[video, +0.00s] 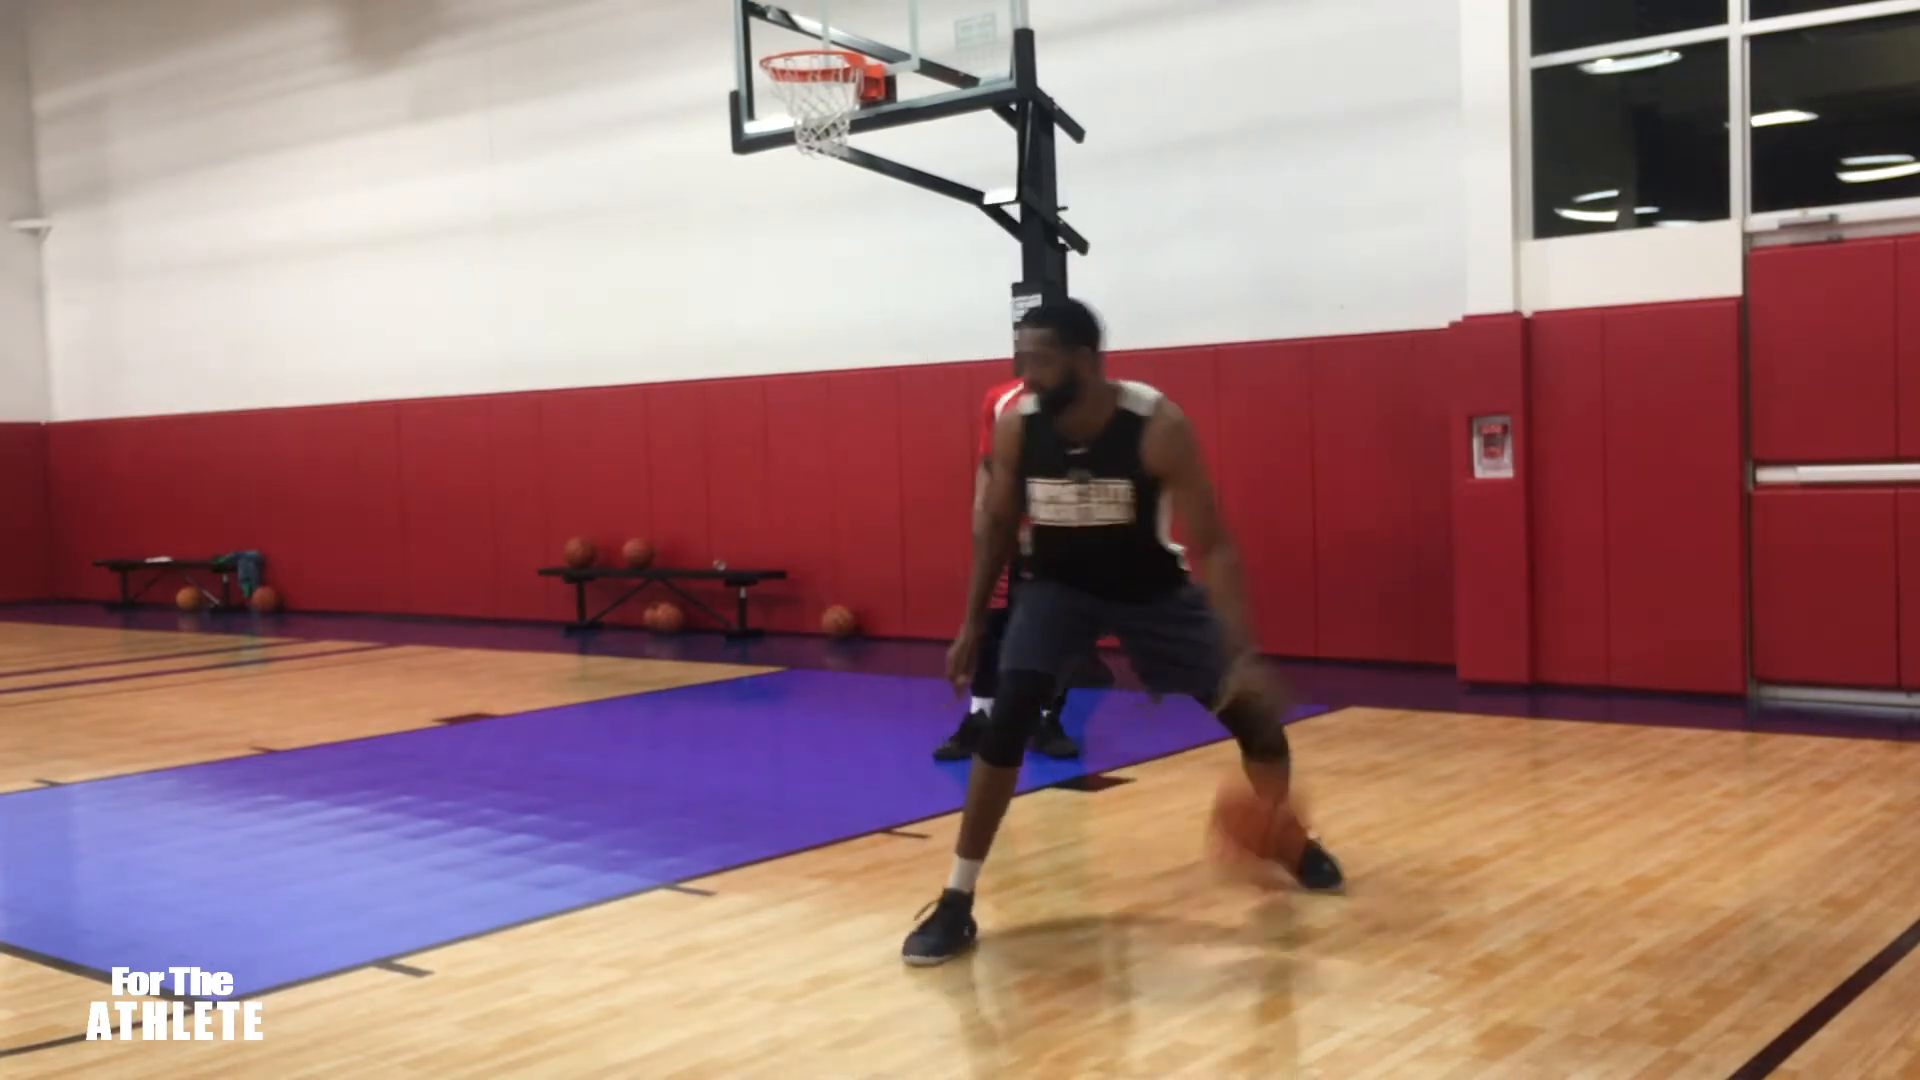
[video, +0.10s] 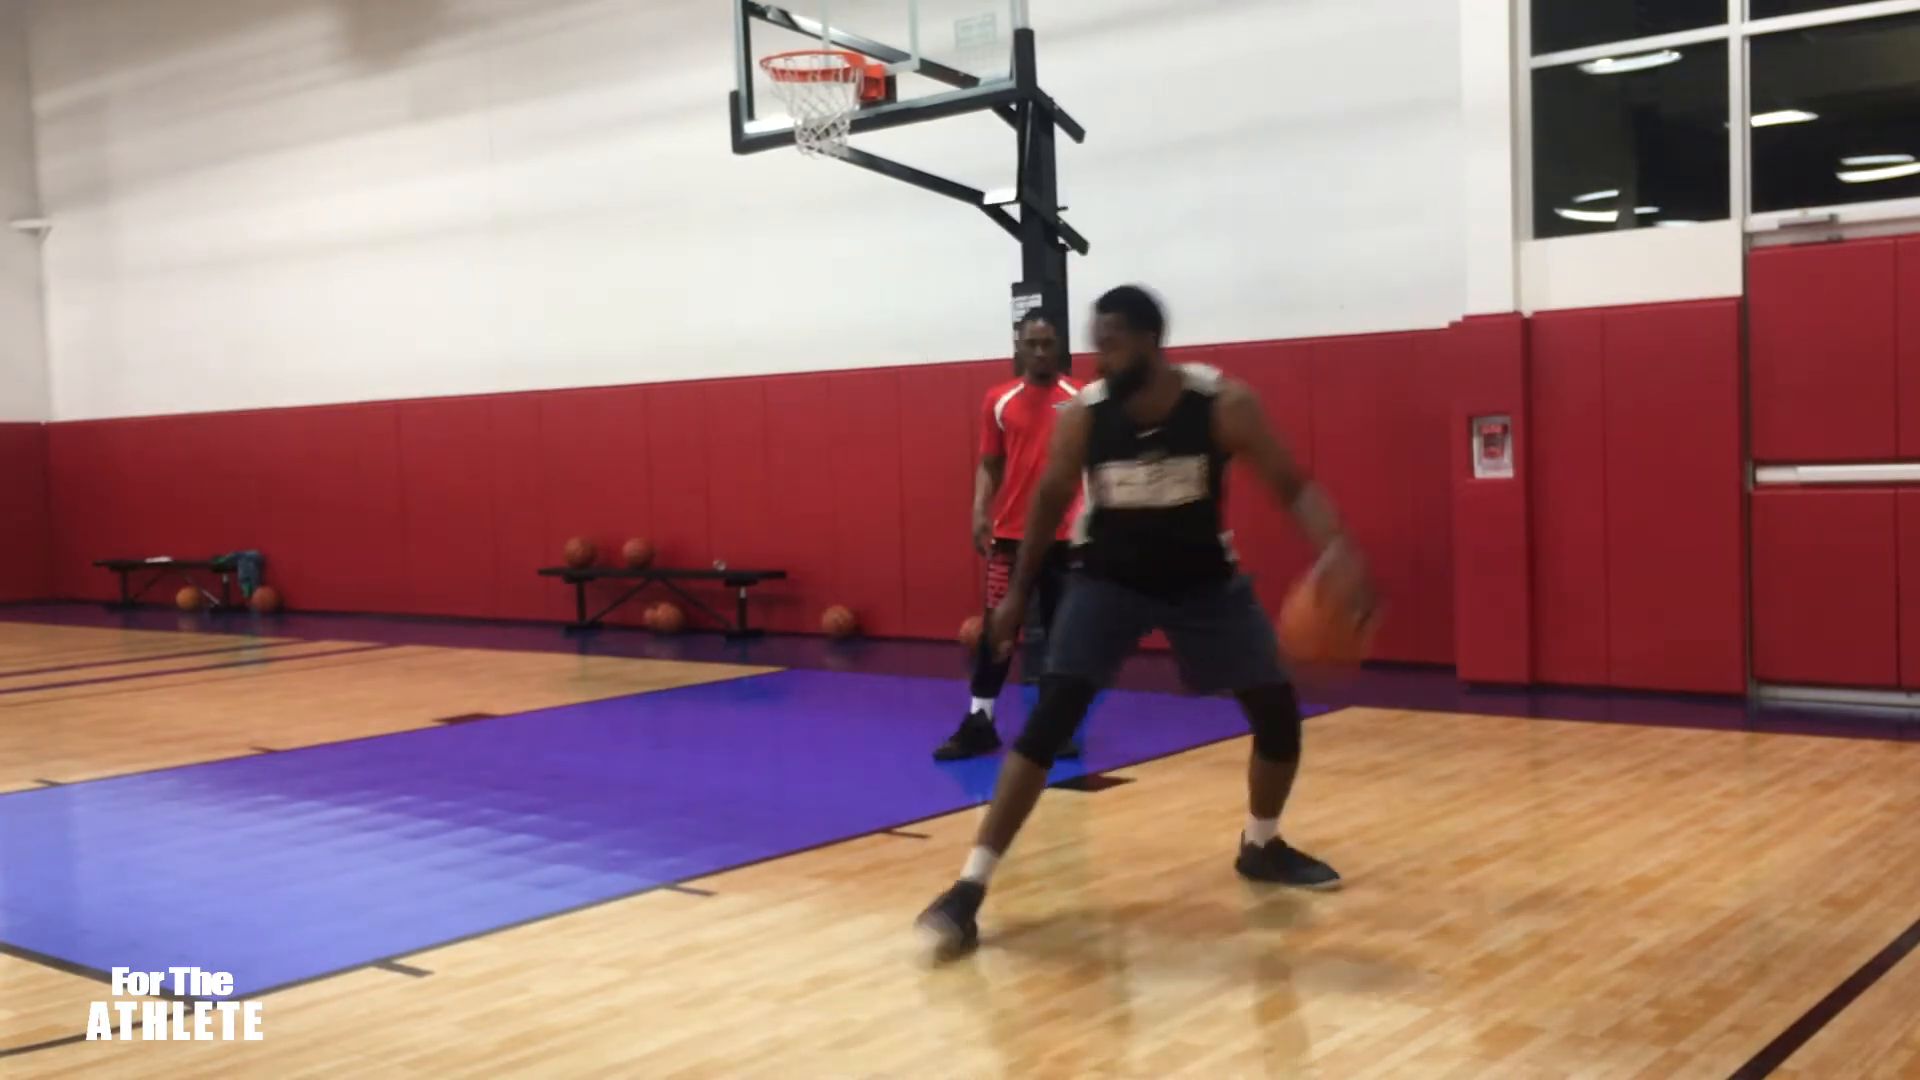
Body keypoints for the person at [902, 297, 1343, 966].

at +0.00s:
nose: (1025, 371)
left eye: (1037, 359)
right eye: (1021, 358)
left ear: (1084, 360)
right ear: (1024, 360)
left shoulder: (1156, 425)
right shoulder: (1017, 425)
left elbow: (1210, 543)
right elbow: (995, 529)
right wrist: (971, 630)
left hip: (1151, 590)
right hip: (1056, 592)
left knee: (1258, 711)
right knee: (1007, 720)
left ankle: (1283, 833)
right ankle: (956, 901)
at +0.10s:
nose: (1099, 352)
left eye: (1112, 339)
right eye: (1096, 339)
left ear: (1152, 340)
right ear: (1094, 343)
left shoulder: (1220, 404)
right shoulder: (1085, 416)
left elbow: (1292, 486)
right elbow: (1048, 506)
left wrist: (1339, 555)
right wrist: (1015, 594)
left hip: (1205, 582)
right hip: (1109, 584)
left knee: (1279, 716)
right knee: (1052, 717)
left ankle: (1262, 846)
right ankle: (970, 888)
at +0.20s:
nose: (1155, 323)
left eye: (1167, 309)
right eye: (1149, 311)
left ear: (1206, 306)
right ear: (1148, 314)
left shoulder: (1274, 367)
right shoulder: (1136, 389)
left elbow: (1350, 414)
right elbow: (1102, 472)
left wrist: (1403, 436)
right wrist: (1068, 558)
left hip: (1248, 558)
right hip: (1157, 561)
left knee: (1289, 697)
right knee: (1098, 694)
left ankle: (1263, 844)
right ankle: (1036, 858)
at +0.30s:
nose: (1190, 288)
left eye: (1202, 274)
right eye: (1183, 275)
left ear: (1238, 269)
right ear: (1182, 275)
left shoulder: (1305, 321)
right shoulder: (1172, 352)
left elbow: (1371, 360)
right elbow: (1134, 445)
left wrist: (1420, 372)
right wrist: (1107, 534)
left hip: (1281, 522)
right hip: (1196, 524)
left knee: (1290, 673)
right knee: (1171, 664)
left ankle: (1265, 839)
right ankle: (1136, 840)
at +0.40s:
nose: (1218, 263)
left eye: (1229, 249)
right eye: (1210, 251)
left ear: (1266, 243)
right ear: (1207, 250)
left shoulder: (1328, 292)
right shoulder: (1198, 330)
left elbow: (1384, 346)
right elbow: (1161, 422)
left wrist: (1429, 344)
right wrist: (1149, 522)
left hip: (1311, 504)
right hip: (1231, 510)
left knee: (1306, 655)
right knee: (1235, 653)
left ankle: (1292, 817)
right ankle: (1230, 821)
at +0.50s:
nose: (1249, 269)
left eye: (1260, 255)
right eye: (1240, 258)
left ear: (1294, 248)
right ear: (1235, 259)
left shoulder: (1351, 299)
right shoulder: (1225, 336)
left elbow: (1399, 357)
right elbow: (1186, 425)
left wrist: (1410, 341)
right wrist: (1192, 513)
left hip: (1340, 508)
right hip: (1264, 515)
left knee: (1352, 652)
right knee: (1280, 657)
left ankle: (1347, 803)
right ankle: (1288, 819)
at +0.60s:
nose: (1278, 297)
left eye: (1289, 284)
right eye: (1270, 285)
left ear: (1324, 277)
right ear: (1266, 284)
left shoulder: (1376, 332)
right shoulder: (1255, 361)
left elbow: (1452, 394)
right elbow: (1212, 447)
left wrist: (1402, 377)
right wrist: (1224, 509)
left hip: (1367, 519)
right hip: (1289, 528)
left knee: (1410, 651)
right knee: (1294, 662)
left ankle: (1417, 785)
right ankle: (1287, 822)